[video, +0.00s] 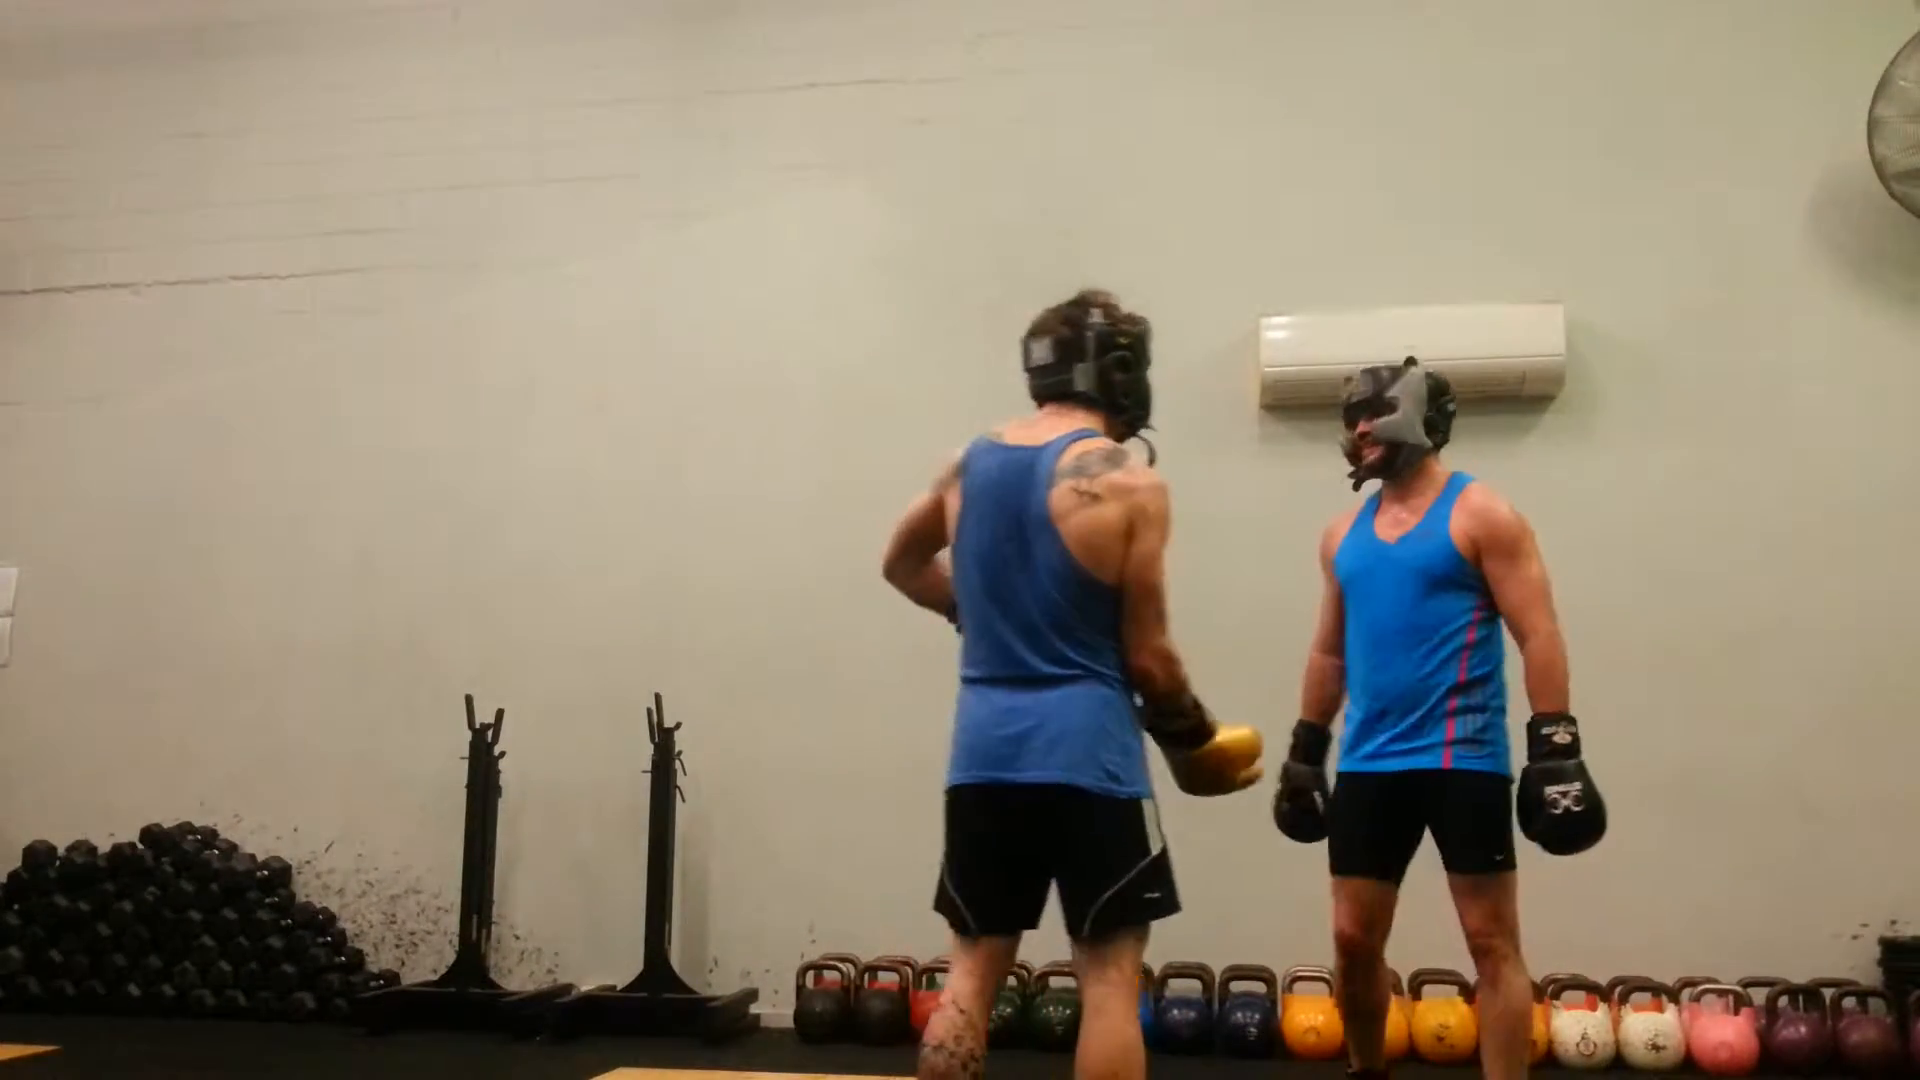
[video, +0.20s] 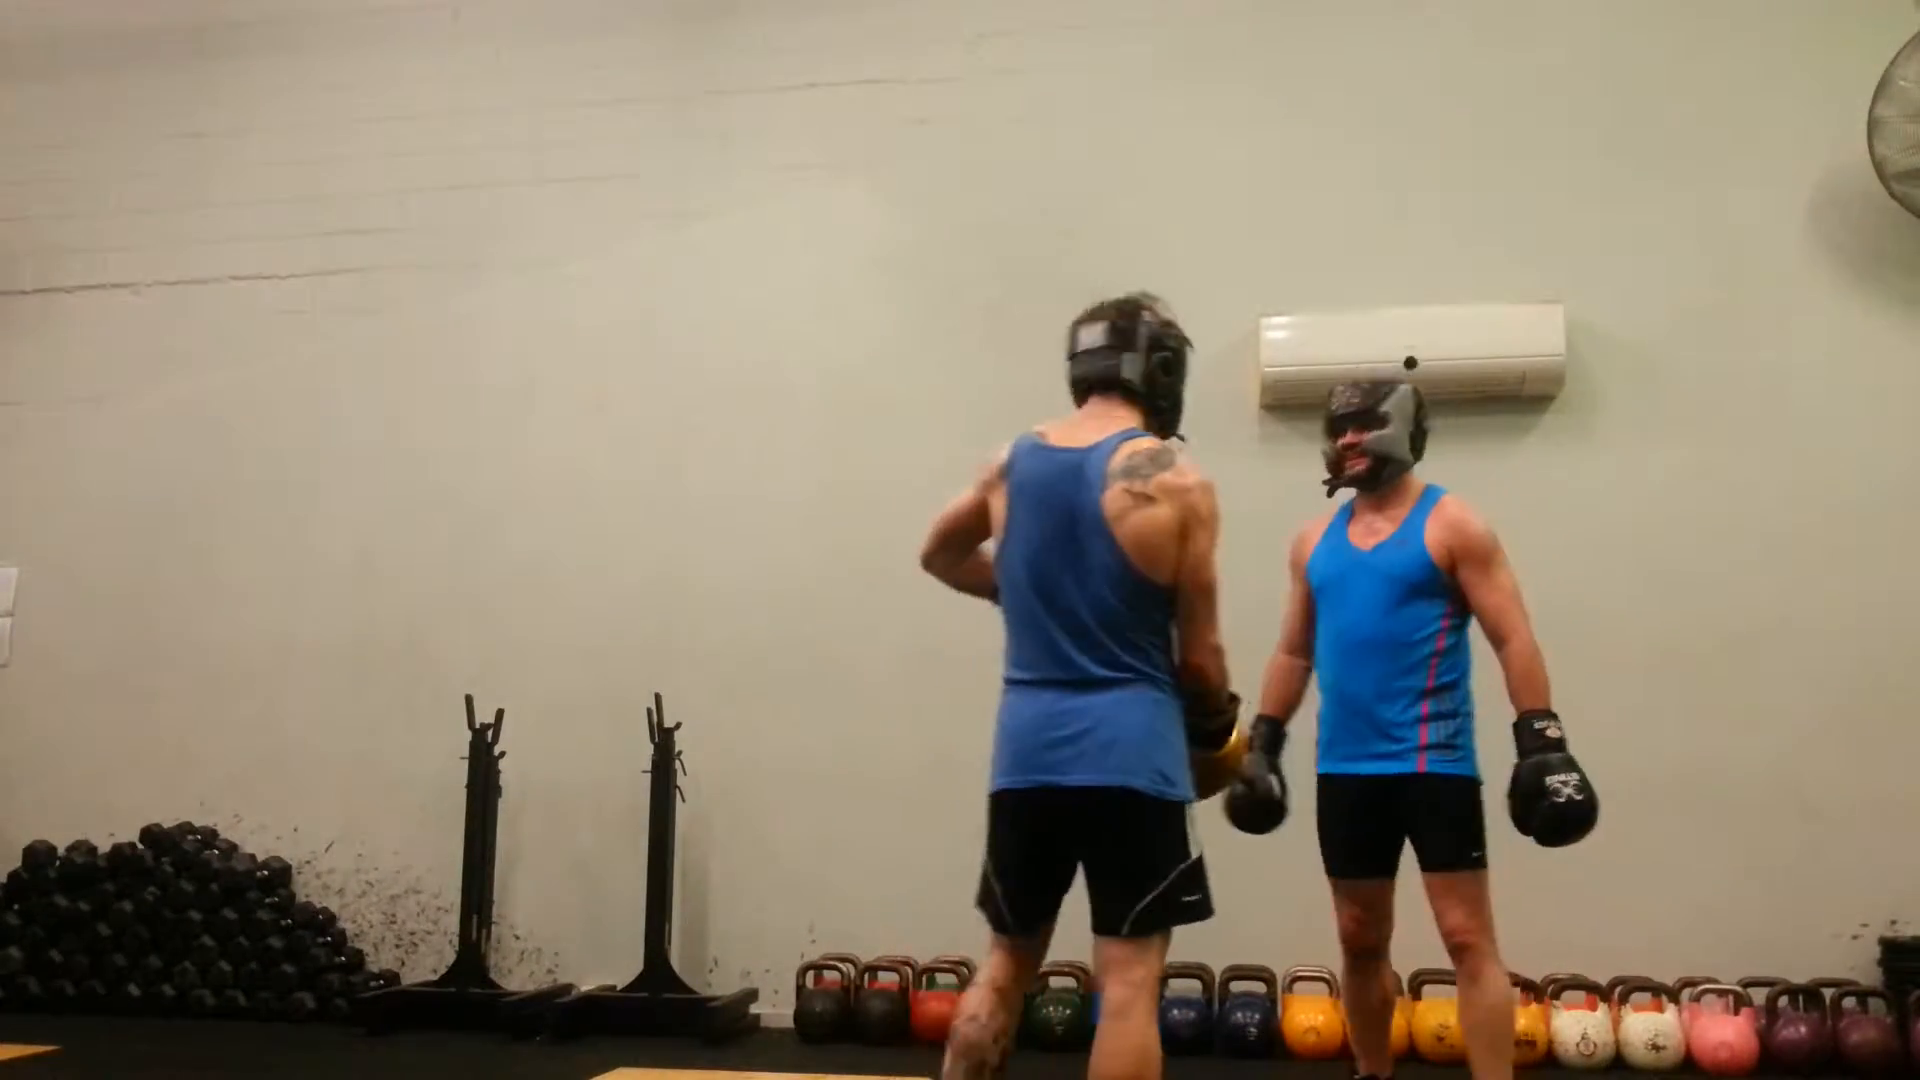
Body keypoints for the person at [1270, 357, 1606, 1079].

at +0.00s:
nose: (1357, 432)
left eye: (1373, 416)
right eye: (1353, 421)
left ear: (1419, 420)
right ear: (1352, 436)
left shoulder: (1482, 515)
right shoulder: (1344, 532)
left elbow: (1539, 634)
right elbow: (1329, 652)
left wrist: (1556, 753)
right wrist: (1304, 755)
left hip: (1465, 765)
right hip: (1370, 767)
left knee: (1490, 941)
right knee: (1353, 939)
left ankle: (1504, 1077)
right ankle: (1368, 1073)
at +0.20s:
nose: (1351, 440)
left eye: (1369, 424)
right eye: (1340, 429)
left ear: (1408, 431)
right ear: (1330, 445)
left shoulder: (1453, 525)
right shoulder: (1314, 539)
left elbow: (1512, 637)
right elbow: (1293, 652)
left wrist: (1543, 743)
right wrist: (1263, 744)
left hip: (1436, 769)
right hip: (1346, 771)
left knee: (1466, 941)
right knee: (1359, 942)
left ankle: (1493, 1077)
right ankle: (1372, 1073)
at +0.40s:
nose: (1327, 458)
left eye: (1342, 442)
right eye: (1313, 447)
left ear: (1376, 445)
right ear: (1300, 461)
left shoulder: (1429, 533)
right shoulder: (1289, 552)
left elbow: (1490, 639)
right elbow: (1259, 661)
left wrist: (1494, 739)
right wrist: (1219, 745)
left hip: (1421, 765)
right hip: (1330, 768)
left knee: (1454, 934)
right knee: (1349, 932)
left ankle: (1486, 1075)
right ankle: (1368, 1073)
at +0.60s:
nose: (1323, 464)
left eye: (1336, 447)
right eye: (1308, 454)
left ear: (1366, 449)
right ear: (1294, 467)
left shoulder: (1424, 533)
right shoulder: (1281, 555)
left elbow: (1482, 636)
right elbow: (1251, 665)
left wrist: (1481, 725)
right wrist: (1220, 754)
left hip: (1424, 762)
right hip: (1332, 769)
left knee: (1471, 927)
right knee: (1349, 930)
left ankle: (1507, 1075)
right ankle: (1367, 1073)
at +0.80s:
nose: (1331, 465)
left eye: (1343, 449)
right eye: (1316, 456)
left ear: (1372, 452)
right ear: (1302, 470)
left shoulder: (1433, 536)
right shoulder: (1291, 561)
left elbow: (1491, 635)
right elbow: (1268, 668)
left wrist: (1513, 731)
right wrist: (1244, 765)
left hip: (1433, 765)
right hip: (1340, 770)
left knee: (1479, 934)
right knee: (1354, 931)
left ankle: (1516, 1071)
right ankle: (1368, 1074)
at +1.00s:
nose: (1352, 468)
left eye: (1364, 452)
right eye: (1336, 460)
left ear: (1394, 453)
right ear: (1323, 474)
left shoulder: (1458, 537)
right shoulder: (1317, 563)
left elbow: (1516, 636)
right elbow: (1300, 663)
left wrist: (1545, 735)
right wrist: (1290, 729)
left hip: (1452, 767)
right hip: (1358, 772)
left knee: (1485, 932)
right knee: (1365, 934)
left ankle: (1512, 1073)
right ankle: (1371, 1073)